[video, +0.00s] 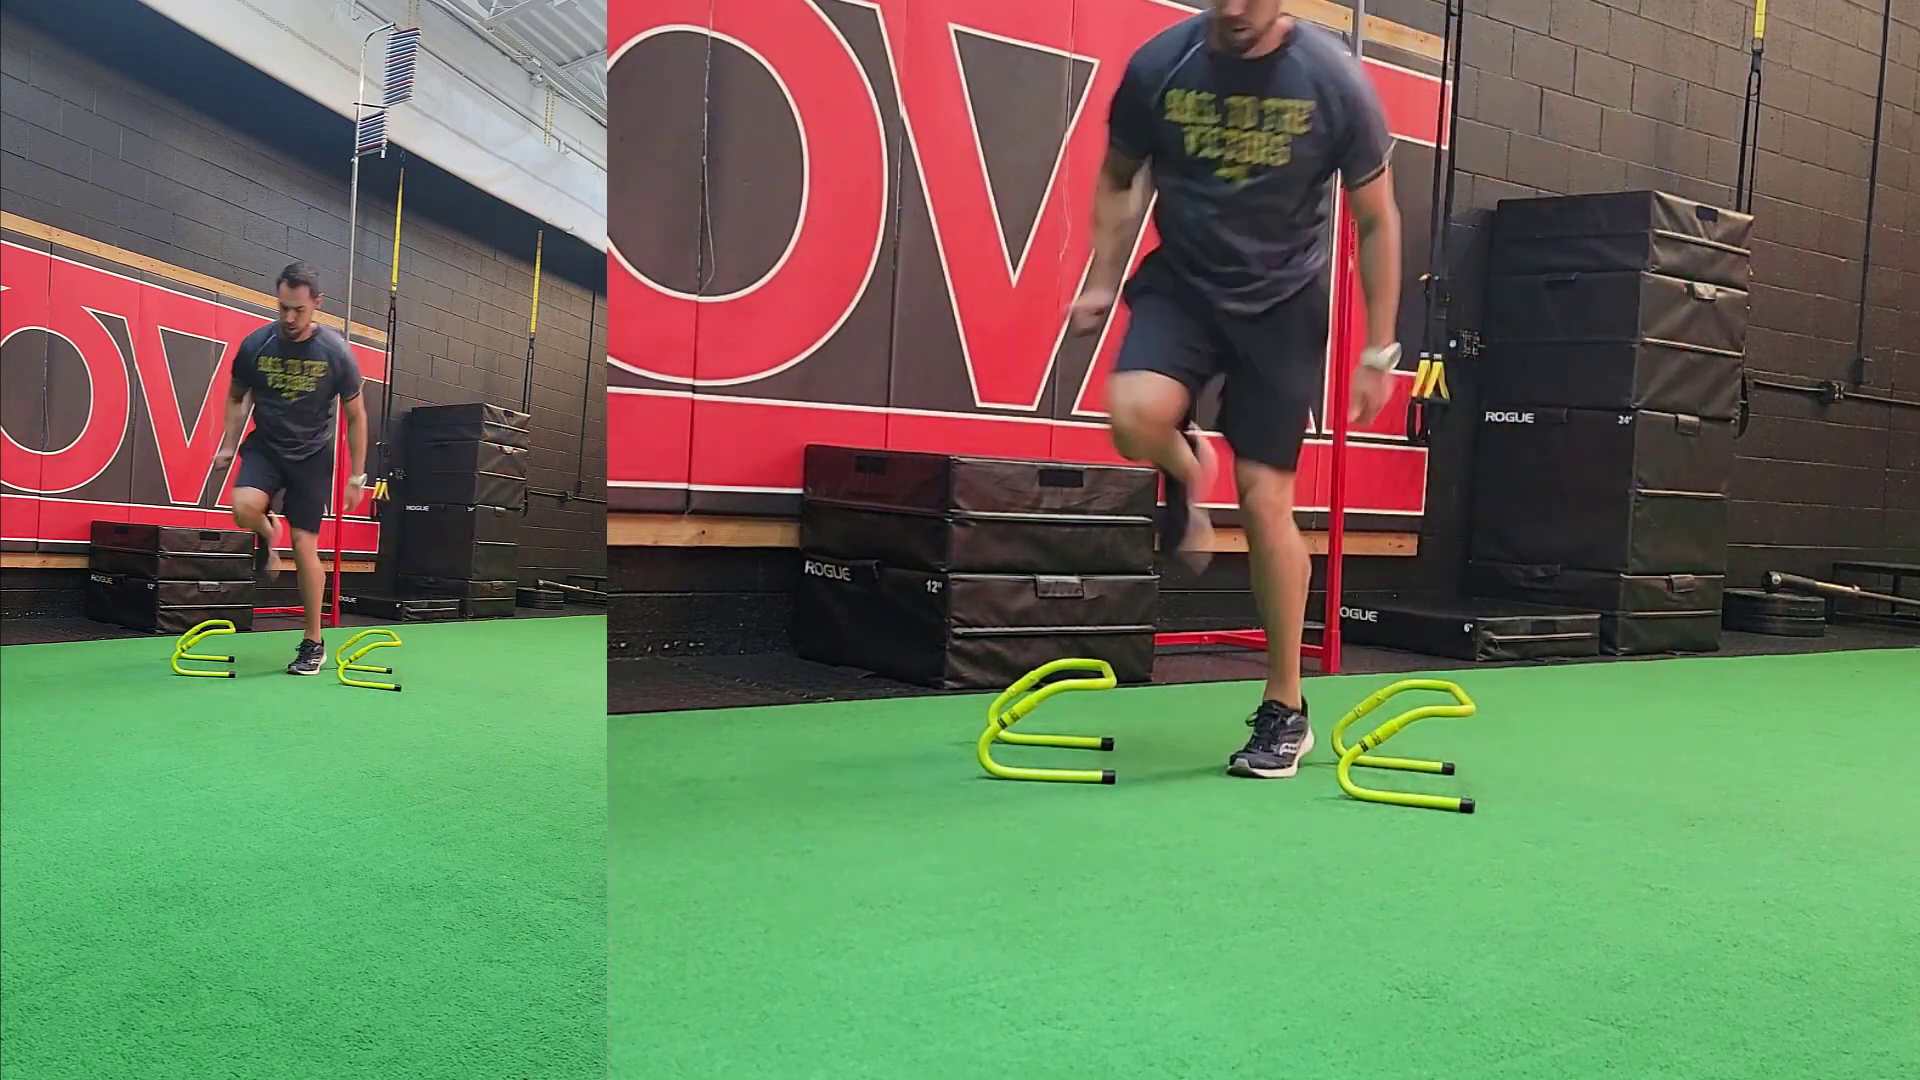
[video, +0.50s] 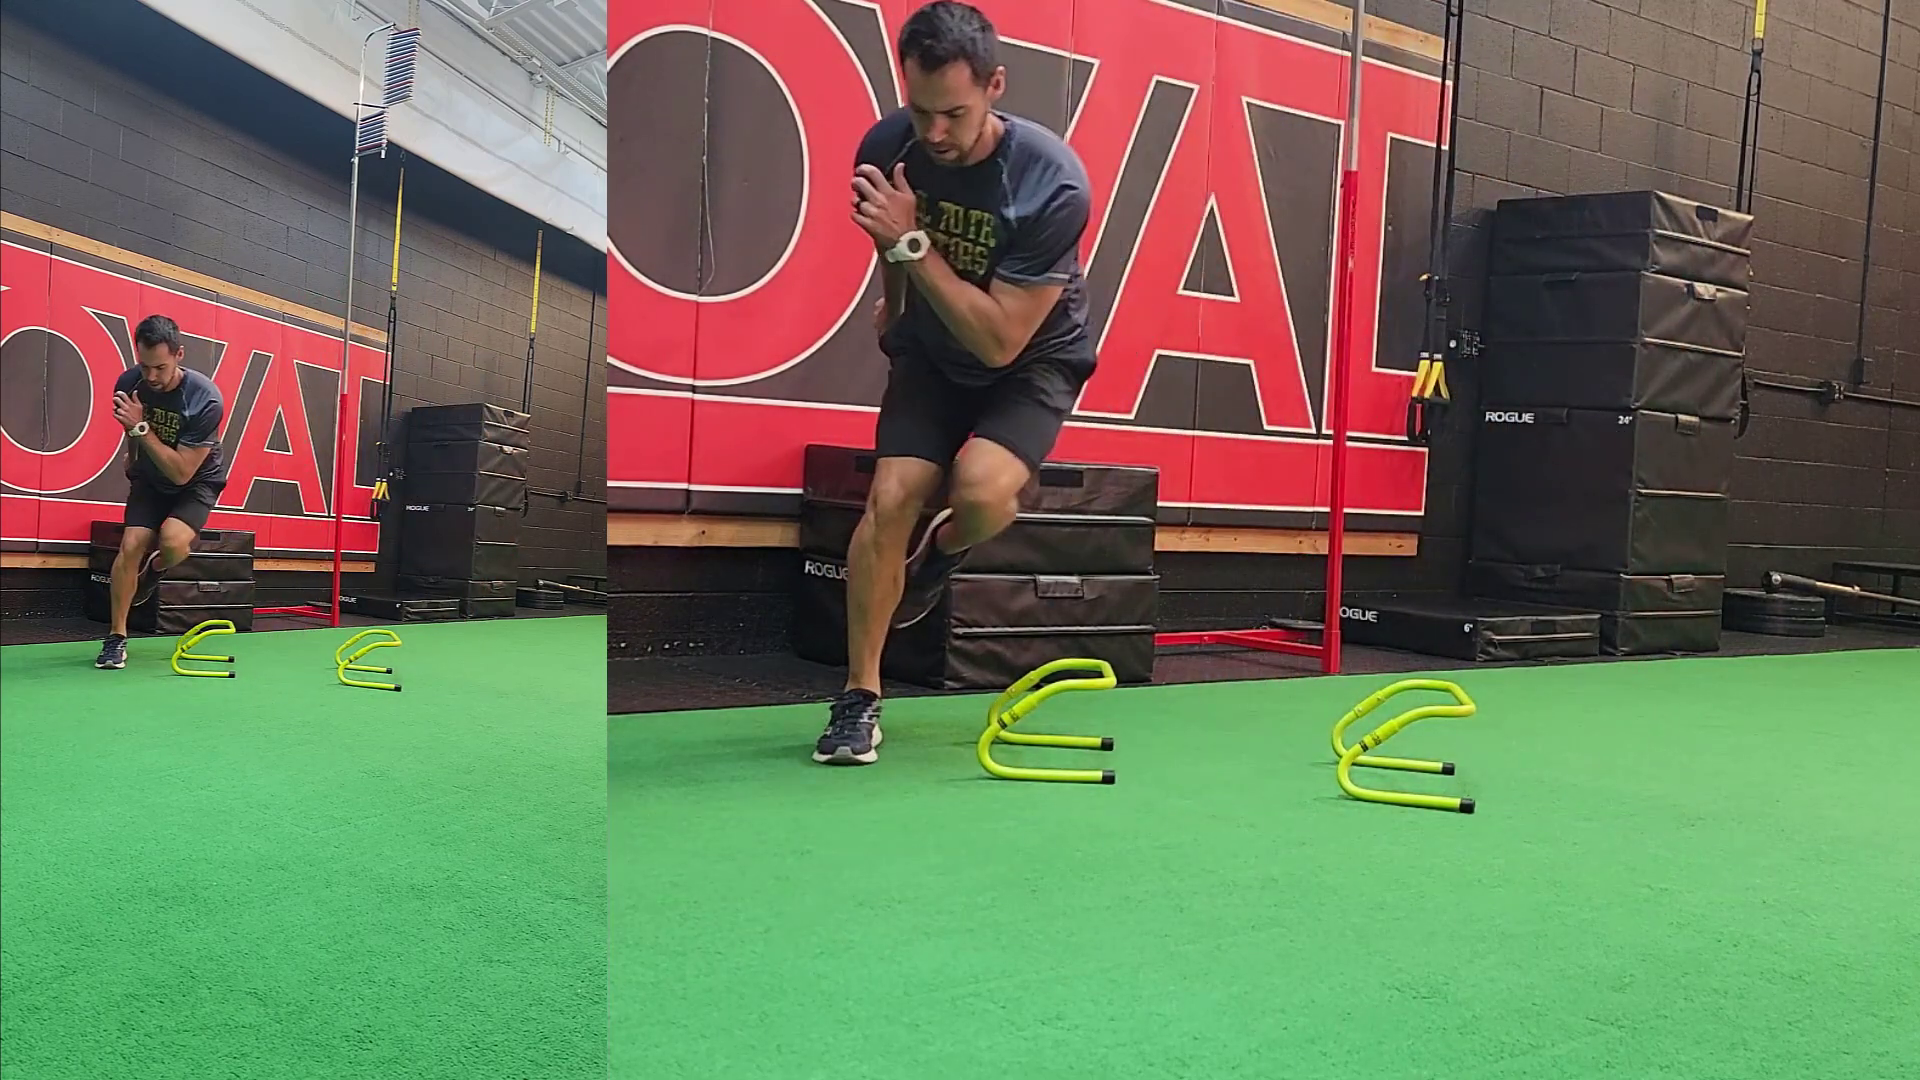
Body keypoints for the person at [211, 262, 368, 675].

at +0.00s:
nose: (290, 318)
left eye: (298, 309)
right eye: (284, 308)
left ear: (317, 305)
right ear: (277, 302)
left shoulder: (337, 354)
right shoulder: (255, 345)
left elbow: (356, 414)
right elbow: (237, 397)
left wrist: (358, 473)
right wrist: (227, 445)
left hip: (312, 456)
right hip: (264, 449)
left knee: (303, 544)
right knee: (243, 506)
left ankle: (313, 641)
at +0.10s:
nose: (259, 317)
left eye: (268, 308)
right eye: (253, 307)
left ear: (287, 303)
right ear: (247, 302)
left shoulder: (309, 354)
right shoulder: (228, 344)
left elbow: (331, 418)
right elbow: (212, 395)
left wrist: (324, 472)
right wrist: (199, 442)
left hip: (285, 455)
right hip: (237, 444)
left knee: (290, 544)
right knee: (201, 496)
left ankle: (309, 641)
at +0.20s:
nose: (228, 320)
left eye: (237, 311)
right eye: (222, 310)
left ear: (254, 304)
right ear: (213, 301)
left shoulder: (278, 349)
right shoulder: (195, 342)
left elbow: (297, 416)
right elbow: (184, 388)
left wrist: (266, 452)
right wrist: (178, 442)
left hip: (257, 445)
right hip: (206, 440)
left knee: (260, 529)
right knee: (176, 520)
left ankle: (284, 599)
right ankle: (133, 611)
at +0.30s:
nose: (196, 344)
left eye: (205, 335)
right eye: (190, 334)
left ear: (222, 327)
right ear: (182, 325)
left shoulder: (245, 376)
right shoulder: (164, 363)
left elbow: (248, 449)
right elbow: (157, 410)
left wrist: (195, 437)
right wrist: (153, 451)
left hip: (228, 466)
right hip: (178, 462)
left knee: (224, 528)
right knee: (152, 546)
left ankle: (237, 548)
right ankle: (119, 635)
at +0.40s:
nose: (170, 366)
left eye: (178, 358)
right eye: (164, 356)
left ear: (199, 348)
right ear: (158, 346)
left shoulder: (224, 396)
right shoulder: (146, 378)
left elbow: (207, 467)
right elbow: (139, 421)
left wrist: (162, 428)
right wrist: (135, 457)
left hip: (210, 479)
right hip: (161, 474)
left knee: (196, 536)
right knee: (138, 547)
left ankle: (185, 554)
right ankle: (118, 636)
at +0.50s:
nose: (152, 376)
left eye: (160, 368)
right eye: (145, 367)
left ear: (179, 355)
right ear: (137, 356)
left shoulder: (205, 400)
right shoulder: (130, 384)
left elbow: (182, 473)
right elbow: (134, 425)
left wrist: (141, 429)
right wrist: (130, 455)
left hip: (198, 481)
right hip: (150, 476)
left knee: (173, 541)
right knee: (131, 546)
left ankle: (155, 569)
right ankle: (117, 636)